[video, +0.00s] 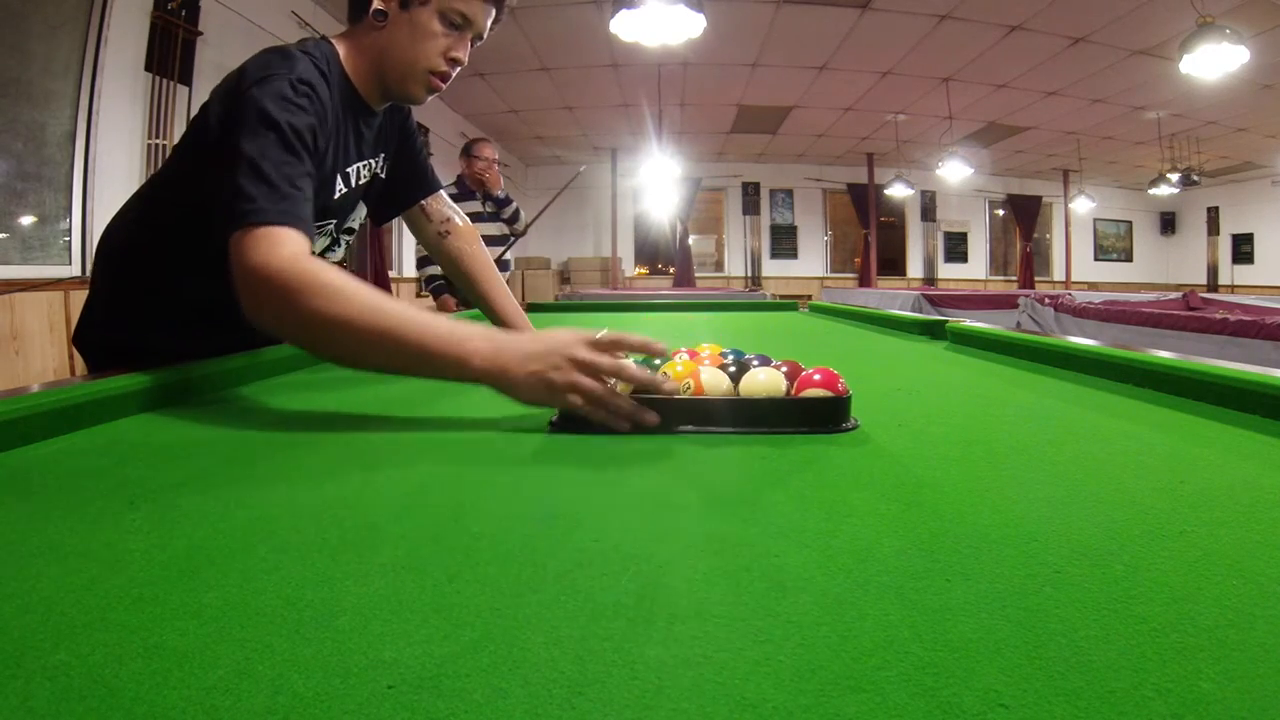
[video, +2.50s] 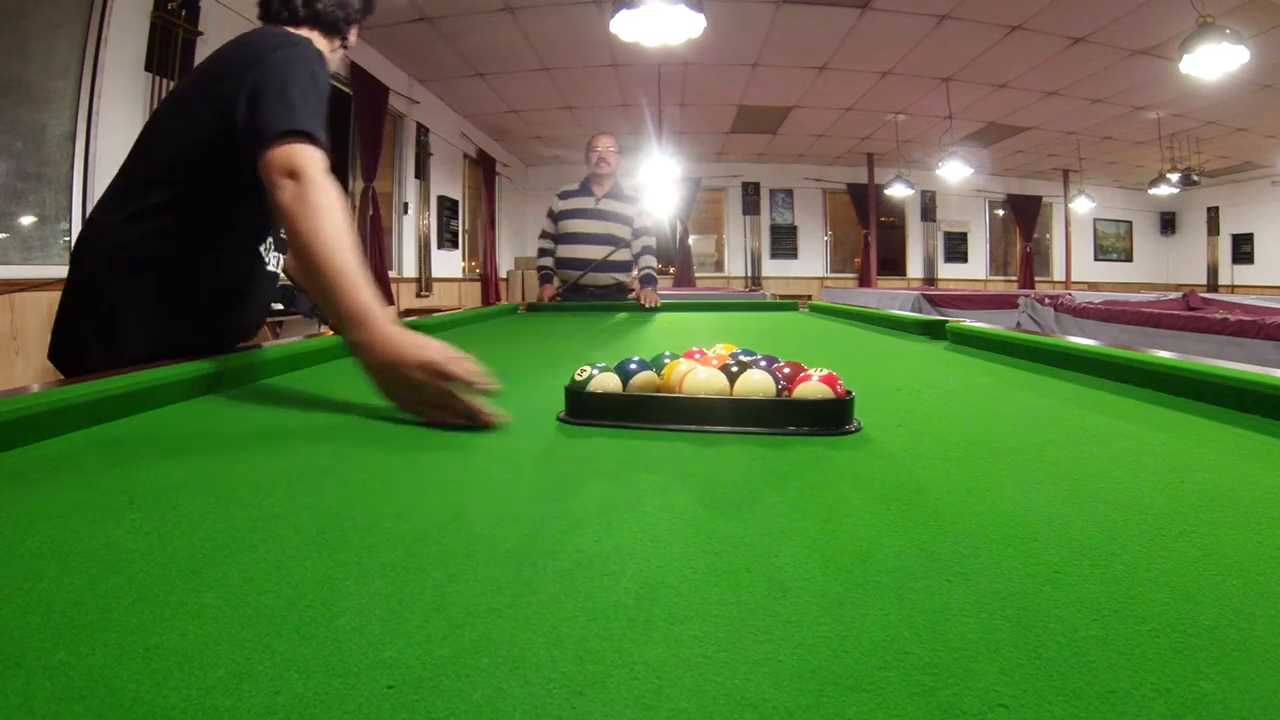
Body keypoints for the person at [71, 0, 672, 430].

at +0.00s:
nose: (462, 58)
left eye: (473, 42)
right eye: (453, 26)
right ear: (387, 7)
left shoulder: (392, 121)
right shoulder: (283, 86)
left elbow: (447, 230)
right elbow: (272, 277)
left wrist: (525, 338)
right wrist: (498, 357)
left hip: (252, 336)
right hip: (146, 340)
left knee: (240, 523)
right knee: (139, 538)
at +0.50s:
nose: (445, 46)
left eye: (458, 32)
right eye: (432, 17)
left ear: (457, 40)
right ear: (363, 3)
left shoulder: (386, 117)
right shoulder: (269, 92)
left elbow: (443, 229)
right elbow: (296, 276)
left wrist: (530, 341)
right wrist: (505, 381)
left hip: (253, 329)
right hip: (151, 335)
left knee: (249, 511)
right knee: (149, 525)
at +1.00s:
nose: (447, 44)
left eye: (458, 30)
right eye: (430, 15)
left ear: (463, 40)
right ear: (363, 7)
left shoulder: (391, 120)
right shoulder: (269, 97)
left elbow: (448, 230)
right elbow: (285, 287)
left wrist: (526, 339)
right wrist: (476, 374)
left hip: (264, 338)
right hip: (157, 343)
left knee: (241, 524)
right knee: (141, 535)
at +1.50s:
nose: (447, 48)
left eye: (458, 35)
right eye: (433, 20)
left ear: (459, 45)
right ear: (367, 6)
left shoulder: (390, 122)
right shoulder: (271, 94)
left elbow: (446, 231)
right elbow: (293, 272)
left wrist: (528, 339)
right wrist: (474, 383)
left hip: (265, 336)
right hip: (157, 341)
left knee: (246, 523)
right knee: (143, 533)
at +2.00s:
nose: (400, 60)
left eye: (405, 43)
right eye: (409, 41)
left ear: (327, 10)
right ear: (400, 34)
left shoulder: (328, 96)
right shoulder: (295, 55)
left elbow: (372, 232)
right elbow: (315, 227)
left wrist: (465, 340)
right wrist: (473, 381)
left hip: (235, 346)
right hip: (149, 352)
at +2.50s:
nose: (350, 52)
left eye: (350, 44)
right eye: (352, 41)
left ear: (279, 14)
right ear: (348, 30)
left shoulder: (243, 63)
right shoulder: (287, 54)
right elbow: (295, 178)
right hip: (142, 343)